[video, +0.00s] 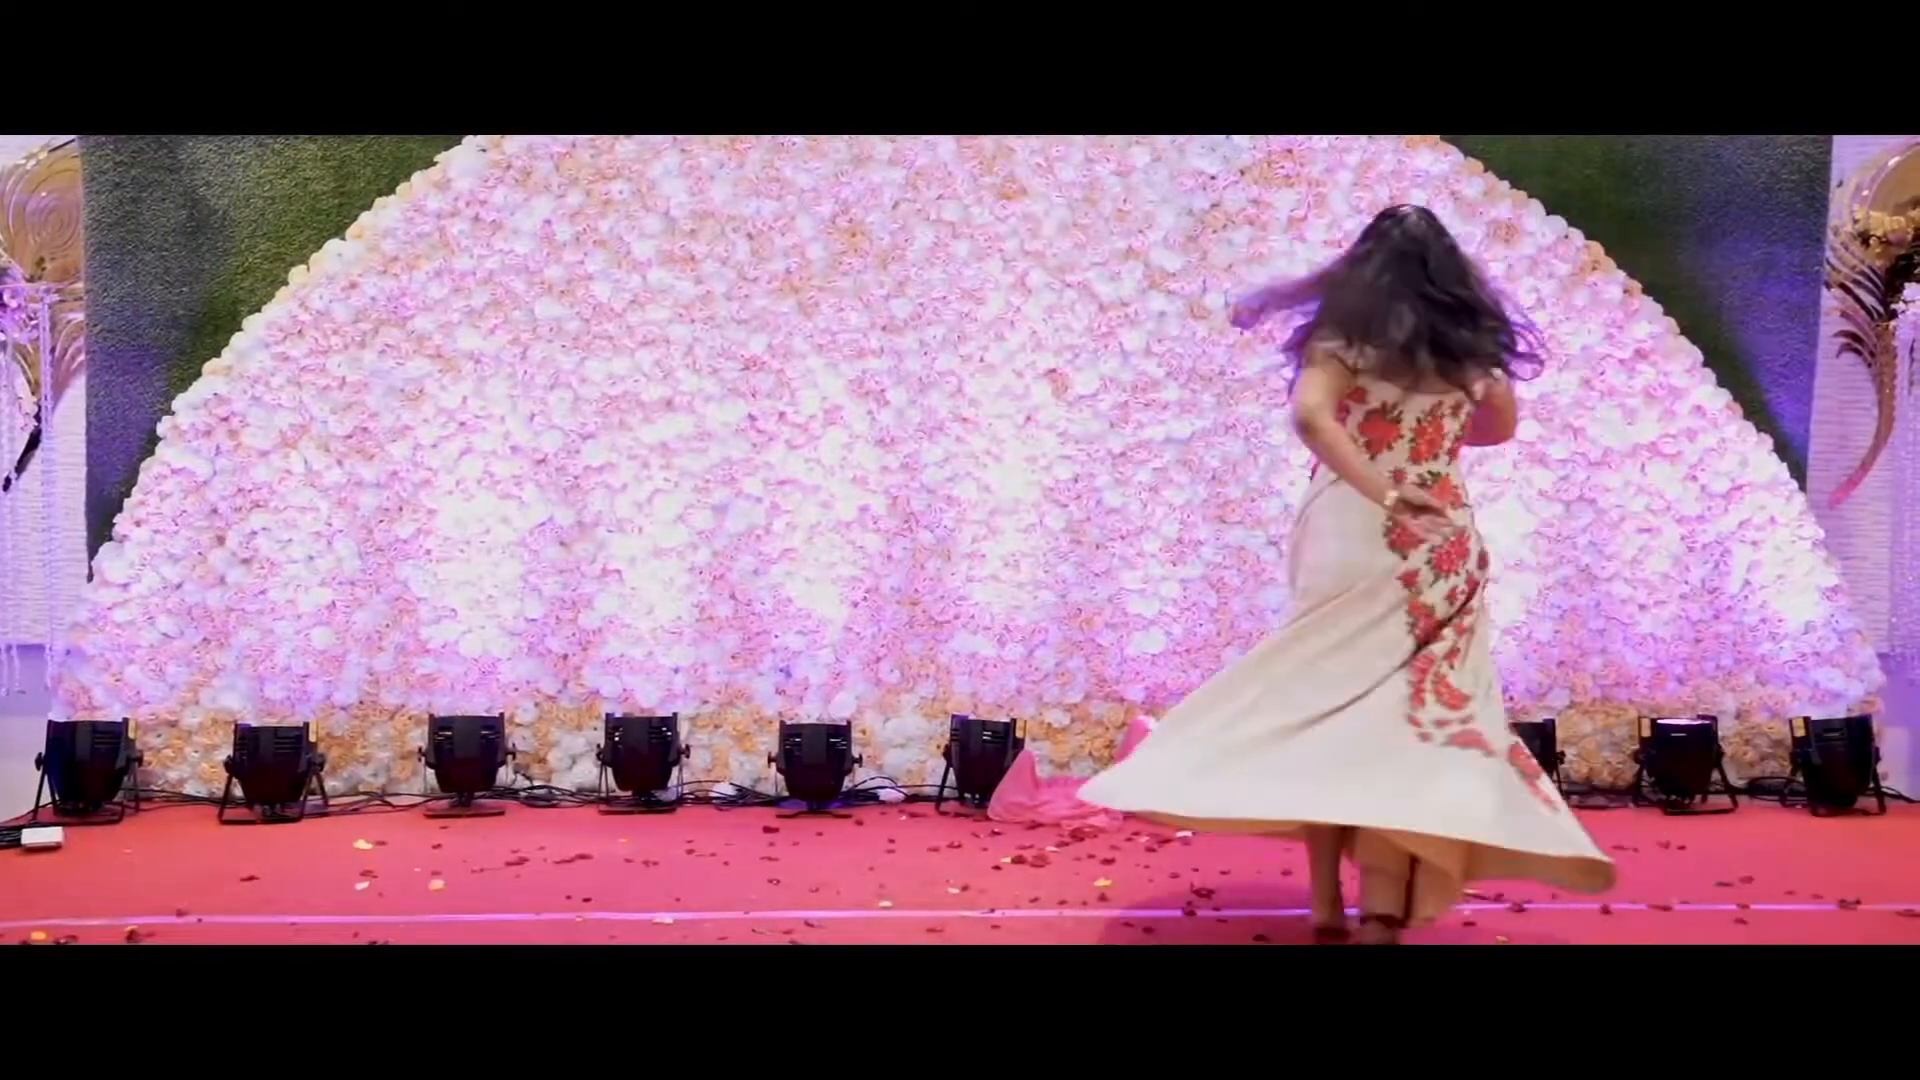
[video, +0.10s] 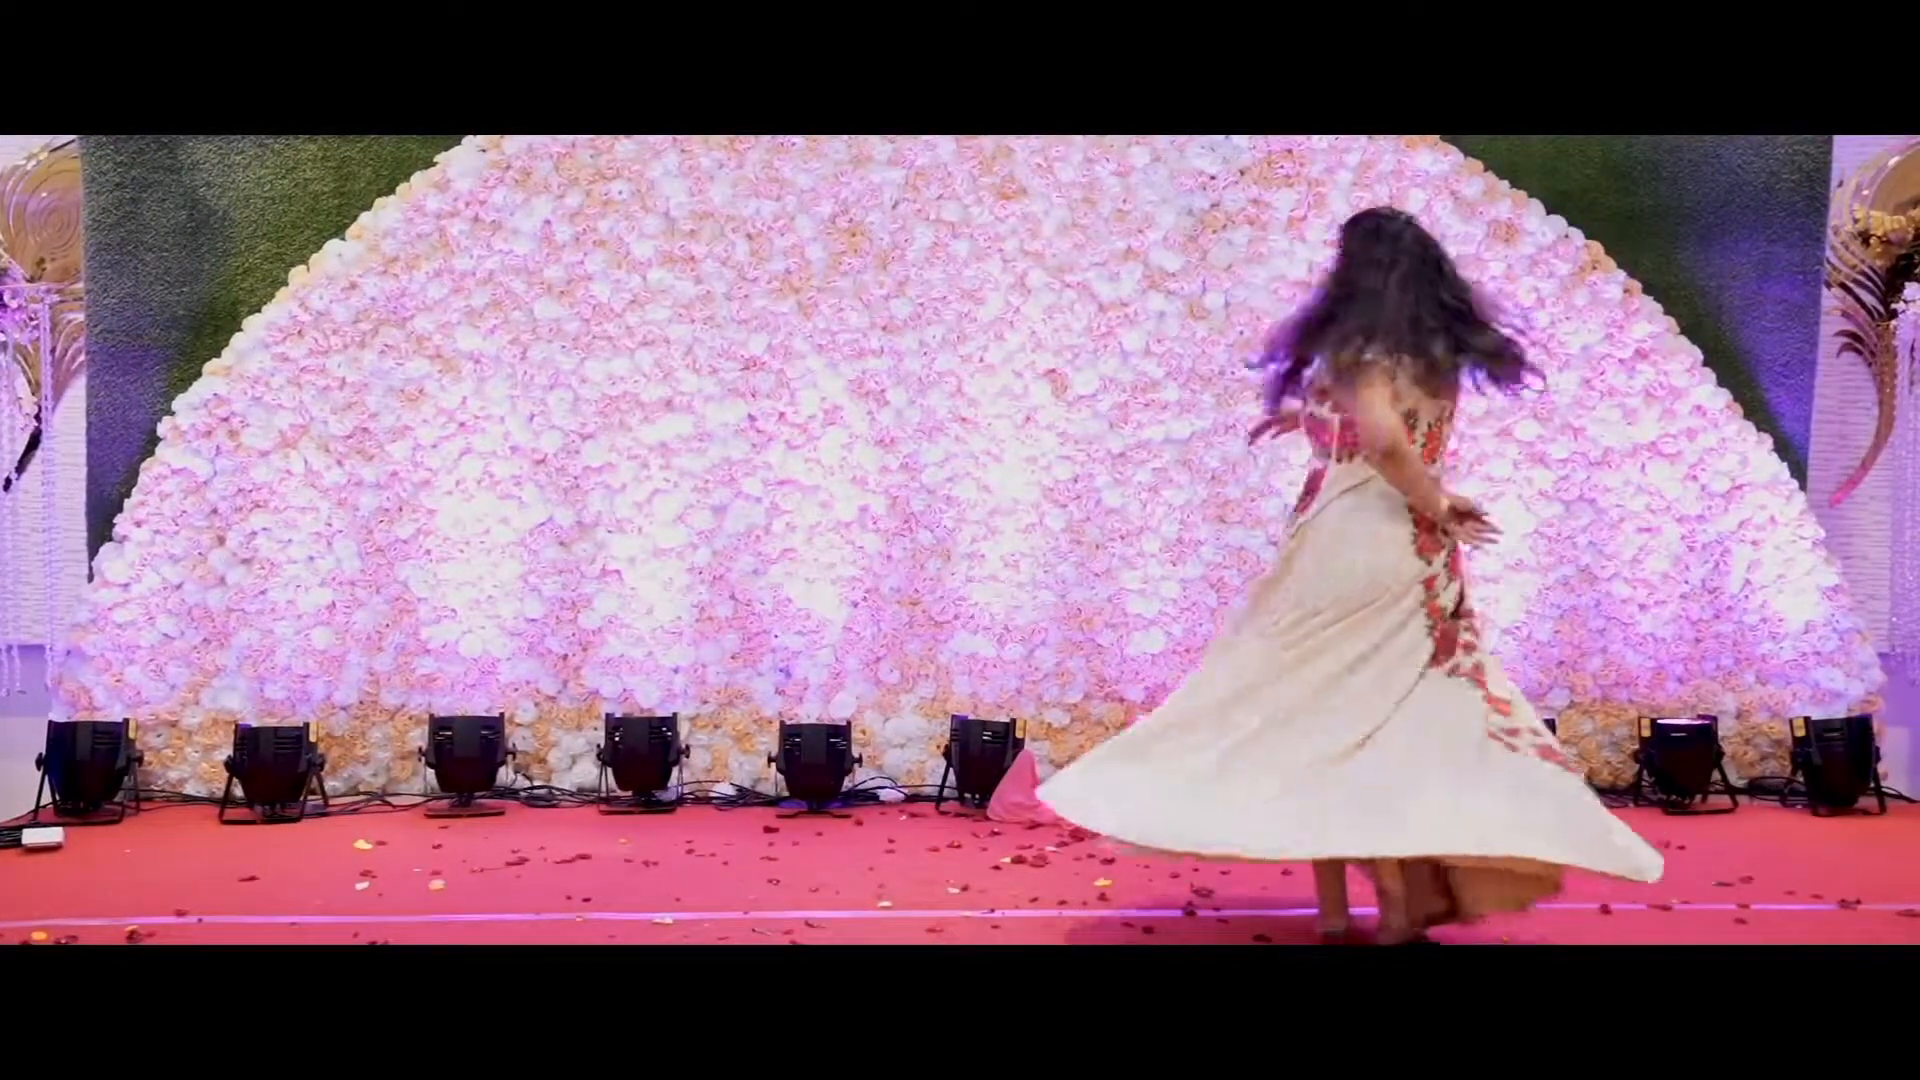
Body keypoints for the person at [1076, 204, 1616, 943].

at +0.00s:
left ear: (1359, 271)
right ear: (1448, 277)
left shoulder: (1335, 339)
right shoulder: (1462, 352)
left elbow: (1313, 417)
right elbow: (1500, 422)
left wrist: (1383, 493)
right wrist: (1438, 431)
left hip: (1351, 532)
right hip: (1443, 536)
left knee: (1326, 707)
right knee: (1408, 713)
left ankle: (1325, 898)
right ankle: (1388, 897)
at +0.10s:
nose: (1337, 270)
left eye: (1342, 258)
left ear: (1348, 275)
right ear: (1430, 276)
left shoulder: (1355, 354)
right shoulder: (1443, 360)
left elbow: (1379, 437)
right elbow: (1395, 432)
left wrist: (1435, 502)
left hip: (1352, 545)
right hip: (1413, 549)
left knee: (1306, 709)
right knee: (1383, 712)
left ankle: (1333, 902)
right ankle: (1408, 894)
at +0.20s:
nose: (1316, 279)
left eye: (1327, 265)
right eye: (1319, 265)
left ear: (1363, 272)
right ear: (1369, 274)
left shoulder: (1387, 361)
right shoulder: (1352, 354)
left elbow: (1448, 452)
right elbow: (1336, 440)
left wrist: (1444, 506)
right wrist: (1276, 411)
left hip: (1371, 549)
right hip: (1359, 542)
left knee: (1310, 705)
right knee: (1388, 717)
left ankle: (1332, 893)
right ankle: (1433, 884)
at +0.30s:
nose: (1307, 290)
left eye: (1319, 276)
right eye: (1306, 276)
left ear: (1363, 279)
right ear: (1329, 284)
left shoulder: (1402, 362)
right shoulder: (1314, 360)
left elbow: (1469, 464)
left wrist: (1418, 511)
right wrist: (1243, 403)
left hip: (1369, 567)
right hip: (1309, 562)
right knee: (1353, 727)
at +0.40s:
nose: (1296, 301)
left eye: (1308, 288)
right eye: (1293, 288)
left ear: (1351, 290)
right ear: (1304, 295)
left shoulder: (1390, 377)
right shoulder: (1285, 370)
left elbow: (1461, 480)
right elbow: (1187, 408)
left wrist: (1383, 520)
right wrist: (1238, 389)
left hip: (1358, 572)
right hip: (1288, 567)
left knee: (1342, 729)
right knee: (1282, 722)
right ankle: (1289, 879)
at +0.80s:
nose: (1201, 289)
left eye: (1212, 274)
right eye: (1200, 275)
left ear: (1260, 276)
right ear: (1224, 283)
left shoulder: (1329, 362)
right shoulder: (1198, 352)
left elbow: (1355, 472)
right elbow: (1085, 349)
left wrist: (1281, 493)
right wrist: (1153, 360)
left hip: (1268, 558)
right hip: (1182, 552)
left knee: (1278, 737)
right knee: (1169, 729)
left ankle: (1283, 910)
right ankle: (1166, 909)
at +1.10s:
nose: (1123, 298)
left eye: (1131, 284)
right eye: (1120, 286)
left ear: (1174, 280)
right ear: (1143, 287)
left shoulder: (1244, 370)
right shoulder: (1117, 351)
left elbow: (1272, 475)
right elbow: (1038, 353)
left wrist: (1193, 493)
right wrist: (1037, 327)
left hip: (1175, 550)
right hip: (1091, 541)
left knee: (1168, 712)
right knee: (1087, 706)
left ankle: (1167, 884)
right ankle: (1094, 882)